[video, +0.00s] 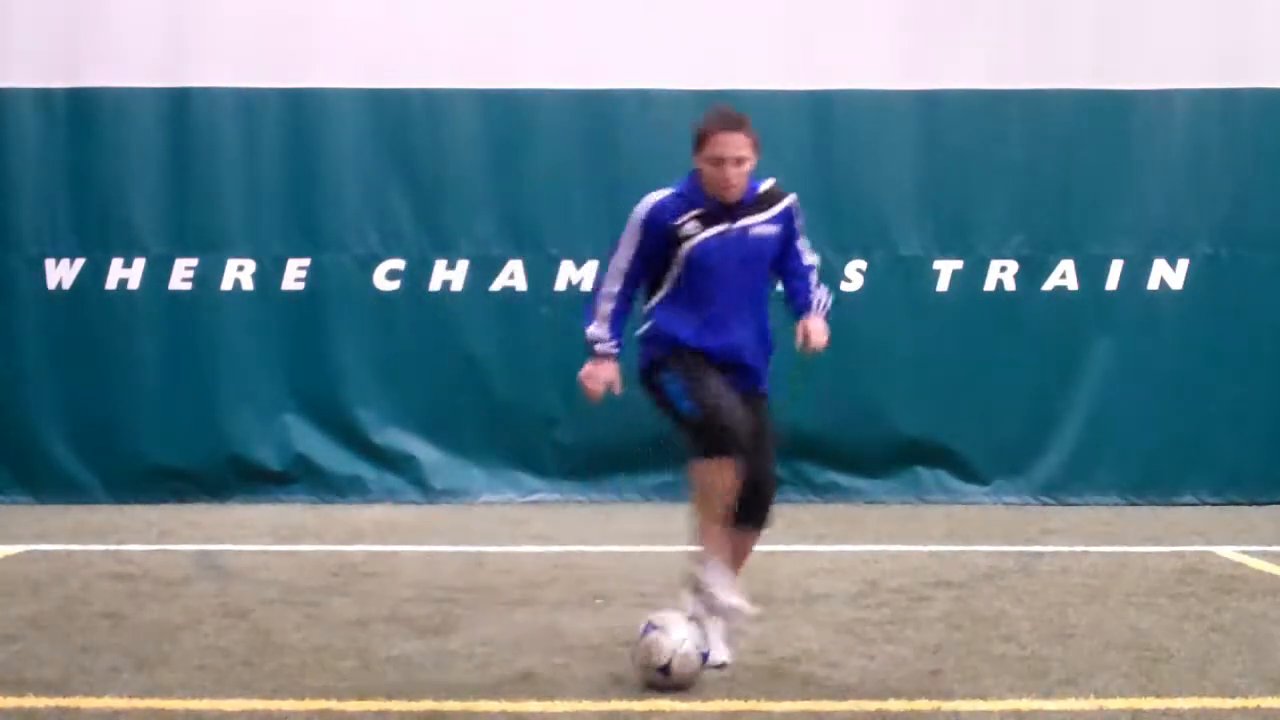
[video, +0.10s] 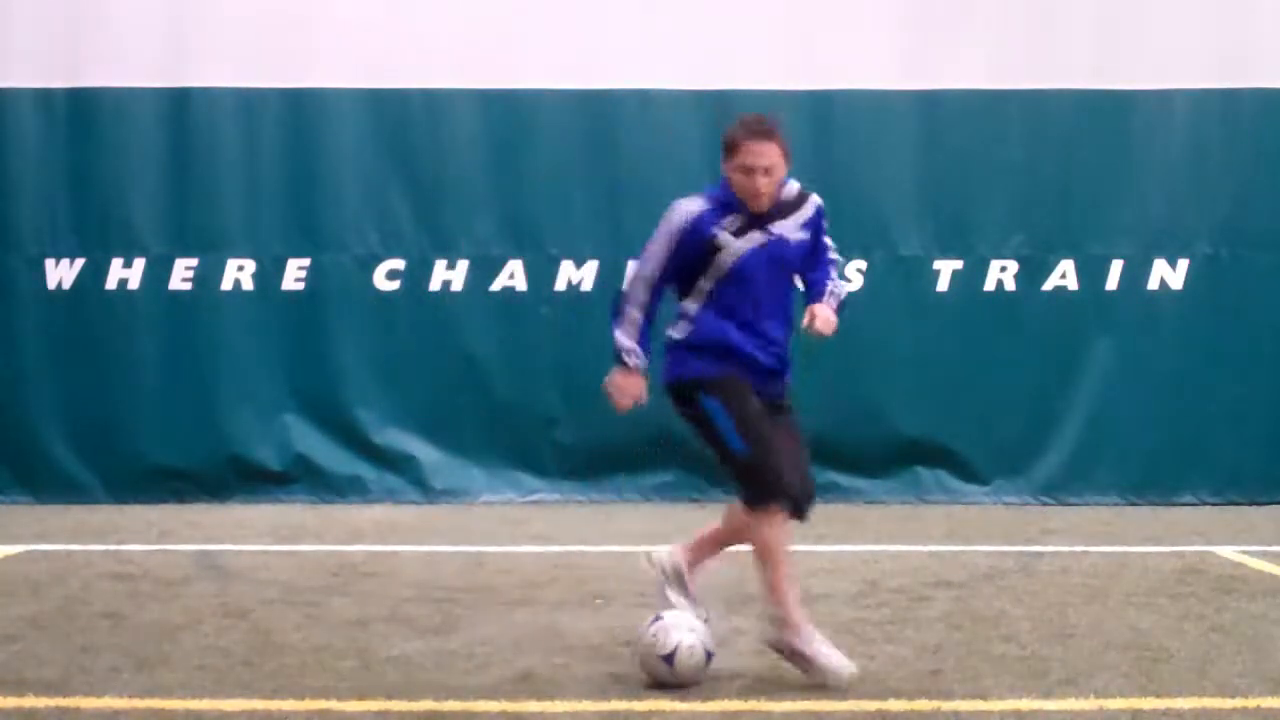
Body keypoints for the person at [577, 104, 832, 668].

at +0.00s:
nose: (733, 174)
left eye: (742, 162)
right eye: (720, 162)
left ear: (757, 161)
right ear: (698, 162)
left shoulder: (778, 207)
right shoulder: (663, 212)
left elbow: (801, 269)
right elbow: (619, 280)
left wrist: (813, 311)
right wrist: (602, 350)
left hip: (743, 364)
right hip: (677, 353)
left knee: (758, 489)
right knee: (724, 429)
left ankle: (712, 609)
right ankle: (712, 565)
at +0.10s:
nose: (761, 183)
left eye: (772, 171)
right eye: (749, 171)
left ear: (787, 168)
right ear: (727, 169)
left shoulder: (805, 210)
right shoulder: (694, 217)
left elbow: (825, 265)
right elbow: (642, 282)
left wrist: (825, 300)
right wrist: (629, 360)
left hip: (767, 374)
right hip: (705, 370)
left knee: (792, 493)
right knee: (768, 484)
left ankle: (682, 561)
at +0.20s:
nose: (794, 226)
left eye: (804, 213)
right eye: (781, 215)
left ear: (817, 208)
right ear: (759, 210)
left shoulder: (824, 244)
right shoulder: (729, 259)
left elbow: (847, 299)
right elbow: (682, 334)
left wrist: (844, 322)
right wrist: (662, 411)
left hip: (785, 410)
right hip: (733, 412)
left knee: (809, 526)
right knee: (814, 519)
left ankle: (687, 553)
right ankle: (816, 653)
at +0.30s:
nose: (814, 256)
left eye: (824, 244)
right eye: (802, 243)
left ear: (836, 238)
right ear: (779, 236)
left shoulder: (841, 275)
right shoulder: (748, 289)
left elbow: (858, 319)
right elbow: (706, 364)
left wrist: (871, 351)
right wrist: (682, 448)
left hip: (800, 432)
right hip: (745, 433)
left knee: (809, 545)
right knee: (838, 520)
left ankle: (694, 553)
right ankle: (814, 654)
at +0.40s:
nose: (808, 242)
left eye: (818, 230)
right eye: (797, 229)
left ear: (832, 225)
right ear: (775, 223)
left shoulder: (844, 265)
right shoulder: (742, 272)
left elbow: (876, 311)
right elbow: (689, 339)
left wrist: (893, 346)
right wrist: (650, 413)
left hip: (801, 424)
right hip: (742, 422)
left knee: (820, 534)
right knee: (836, 521)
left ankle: (707, 557)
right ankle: (813, 653)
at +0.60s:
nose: (778, 197)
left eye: (790, 185)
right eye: (768, 183)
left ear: (806, 183)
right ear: (749, 177)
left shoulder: (820, 227)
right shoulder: (708, 219)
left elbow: (859, 288)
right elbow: (642, 269)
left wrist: (886, 341)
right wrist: (623, 342)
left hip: (770, 391)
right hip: (698, 388)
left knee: (780, 511)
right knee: (718, 504)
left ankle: (783, 626)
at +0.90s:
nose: (658, 159)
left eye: (669, 148)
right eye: (648, 149)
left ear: (691, 147)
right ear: (633, 150)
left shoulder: (725, 197)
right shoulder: (606, 202)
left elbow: (753, 261)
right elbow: (561, 262)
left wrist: (761, 322)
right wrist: (552, 309)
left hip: (706, 370)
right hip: (626, 373)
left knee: (741, 473)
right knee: (579, 482)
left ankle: (754, 575)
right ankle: (564, 603)